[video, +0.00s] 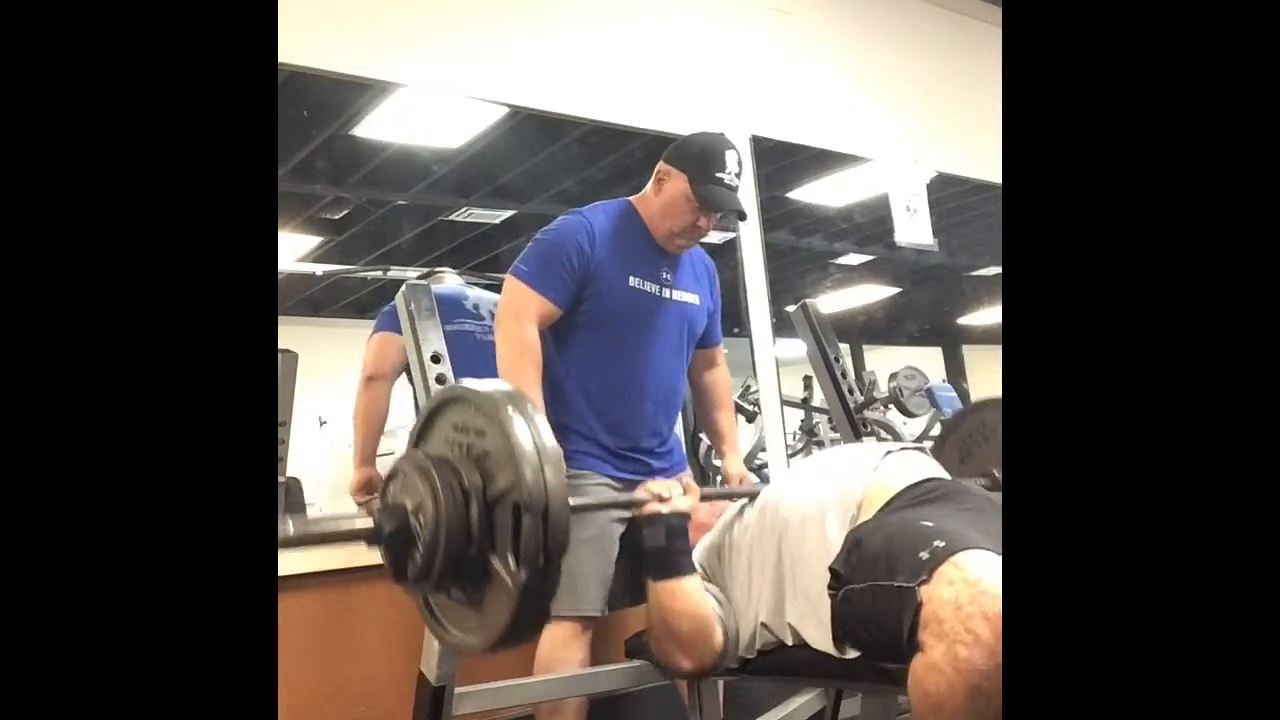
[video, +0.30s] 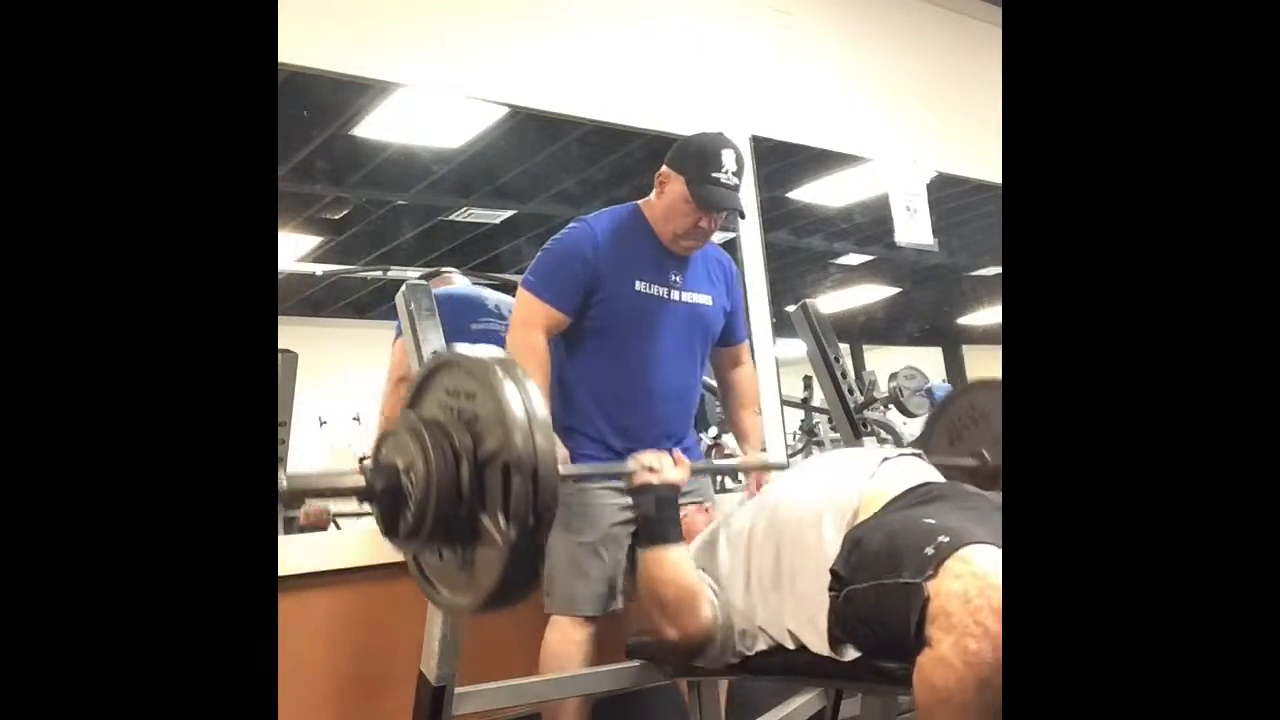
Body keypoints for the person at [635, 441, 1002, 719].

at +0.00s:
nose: (691, 496)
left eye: (689, 489)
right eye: (678, 505)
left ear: (708, 492)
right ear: (683, 541)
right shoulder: (708, 582)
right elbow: (687, 659)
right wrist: (661, 534)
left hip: (954, 488)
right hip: (879, 526)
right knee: (981, 606)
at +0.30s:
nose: (695, 508)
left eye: (699, 501)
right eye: (681, 510)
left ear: (713, 506)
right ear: (672, 541)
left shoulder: (757, 512)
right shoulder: (694, 580)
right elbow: (682, 629)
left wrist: (762, 486)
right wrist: (654, 506)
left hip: (949, 492)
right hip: (871, 534)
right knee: (985, 595)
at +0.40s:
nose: (687, 511)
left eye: (684, 507)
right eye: (673, 517)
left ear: (695, 512)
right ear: (665, 538)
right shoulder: (702, 602)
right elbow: (666, 597)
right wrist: (646, 475)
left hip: (956, 494)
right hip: (876, 528)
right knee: (980, 592)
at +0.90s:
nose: (697, 501)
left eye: (696, 497)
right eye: (681, 510)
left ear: (716, 497)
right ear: (670, 543)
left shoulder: (772, 498)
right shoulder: (700, 592)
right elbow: (670, 616)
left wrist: (884, 447)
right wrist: (647, 495)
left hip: (946, 492)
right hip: (867, 530)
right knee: (977, 605)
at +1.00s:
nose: (707, 496)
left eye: (699, 493)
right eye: (686, 504)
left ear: (713, 498)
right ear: (674, 537)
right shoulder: (695, 576)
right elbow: (686, 641)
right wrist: (652, 515)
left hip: (945, 491)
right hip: (869, 532)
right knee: (982, 608)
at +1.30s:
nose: (696, 498)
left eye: (695, 493)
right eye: (681, 503)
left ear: (710, 499)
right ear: (675, 536)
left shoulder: (761, 510)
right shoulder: (696, 568)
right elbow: (682, 637)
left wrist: (756, 490)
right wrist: (653, 510)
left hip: (952, 491)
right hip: (870, 529)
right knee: (982, 600)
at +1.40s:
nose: (686, 512)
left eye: (687, 505)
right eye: (672, 517)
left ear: (704, 506)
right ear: (667, 545)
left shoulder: (770, 501)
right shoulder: (706, 606)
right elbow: (667, 605)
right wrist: (645, 485)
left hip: (947, 494)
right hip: (871, 529)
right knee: (979, 610)